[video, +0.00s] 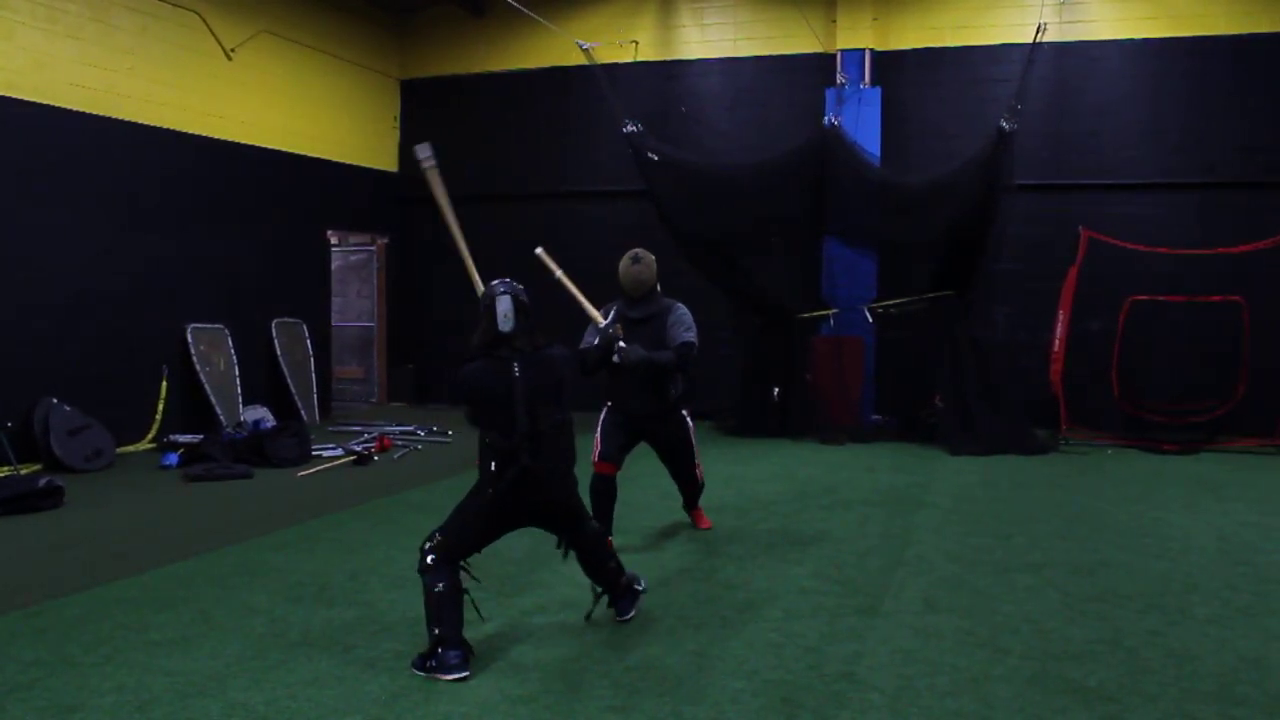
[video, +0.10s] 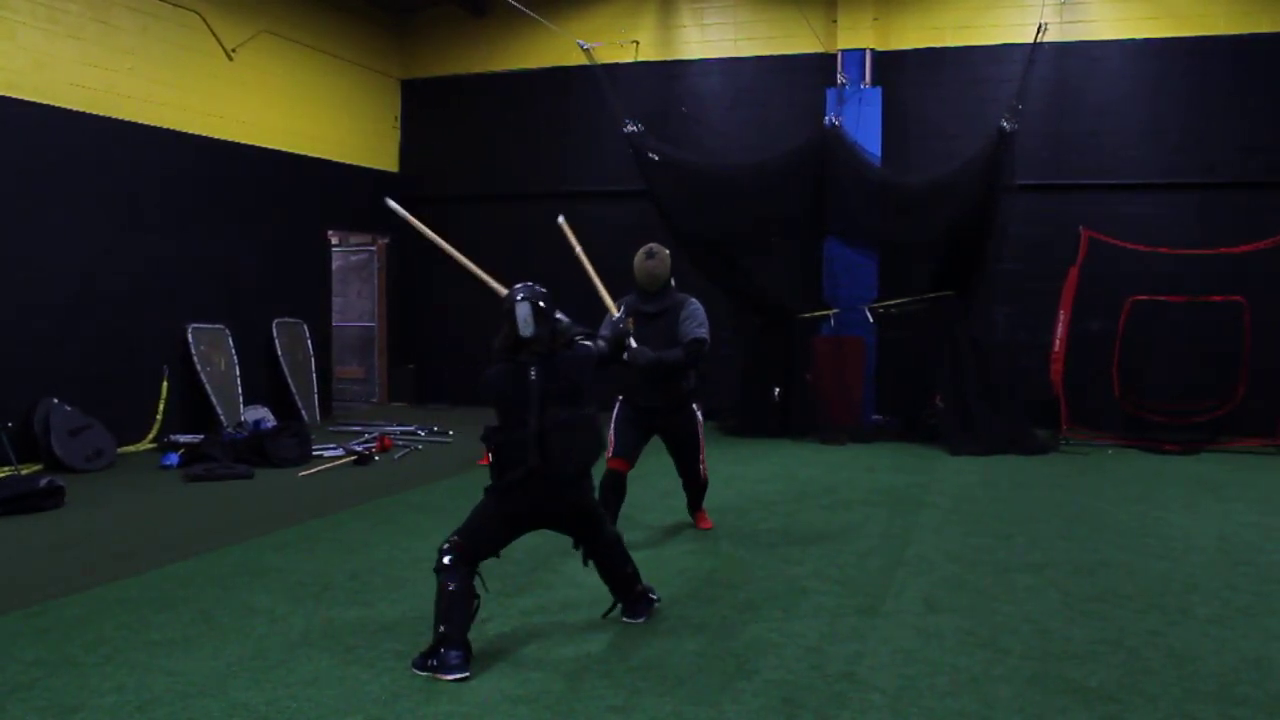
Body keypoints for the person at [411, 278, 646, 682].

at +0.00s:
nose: (505, 320)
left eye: (498, 312)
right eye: (508, 310)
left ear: (484, 321)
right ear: (530, 318)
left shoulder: (475, 371)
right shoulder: (556, 362)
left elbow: (473, 417)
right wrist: (602, 343)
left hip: (498, 494)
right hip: (554, 490)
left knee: (437, 553)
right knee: (585, 535)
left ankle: (448, 649)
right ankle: (623, 593)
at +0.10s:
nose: (525, 328)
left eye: (521, 322)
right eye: (534, 320)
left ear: (510, 330)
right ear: (554, 324)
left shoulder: (500, 370)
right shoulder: (579, 361)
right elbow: (602, 346)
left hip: (514, 495)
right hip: (570, 491)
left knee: (454, 555)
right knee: (600, 537)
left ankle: (450, 649)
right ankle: (635, 599)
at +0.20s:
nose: (549, 321)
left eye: (548, 314)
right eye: (551, 312)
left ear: (535, 323)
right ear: (578, 321)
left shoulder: (525, 365)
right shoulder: (606, 357)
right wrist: (628, 329)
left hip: (541, 484)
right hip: (597, 479)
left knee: (492, 553)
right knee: (622, 526)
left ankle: (458, 641)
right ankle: (639, 599)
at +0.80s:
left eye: (600, 289)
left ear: (597, 295)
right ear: (641, 298)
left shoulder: (575, 340)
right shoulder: (656, 346)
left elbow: (552, 401)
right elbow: (673, 400)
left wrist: (577, 426)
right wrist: (650, 425)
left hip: (594, 461)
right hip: (643, 458)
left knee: (572, 545)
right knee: (656, 515)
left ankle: (620, 634)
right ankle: (679, 589)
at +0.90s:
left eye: (605, 292)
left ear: (604, 297)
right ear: (646, 299)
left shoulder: (584, 340)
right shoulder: (663, 347)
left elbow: (552, 400)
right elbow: (682, 403)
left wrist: (581, 426)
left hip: (599, 463)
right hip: (649, 461)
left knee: (576, 545)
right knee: (664, 521)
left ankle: (621, 633)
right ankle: (686, 584)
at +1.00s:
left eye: (615, 299)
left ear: (616, 304)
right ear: (655, 307)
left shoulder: (595, 344)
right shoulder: (672, 353)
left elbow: (562, 404)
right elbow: (685, 414)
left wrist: (586, 427)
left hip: (607, 468)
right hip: (656, 467)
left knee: (578, 545)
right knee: (670, 529)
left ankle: (621, 634)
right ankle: (690, 597)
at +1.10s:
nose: (616, 311)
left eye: (620, 306)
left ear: (624, 312)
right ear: (665, 317)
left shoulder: (606, 350)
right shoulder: (682, 358)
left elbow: (575, 409)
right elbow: (691, 422)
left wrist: (598, 436)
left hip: (616, 471)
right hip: (666, 470)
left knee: (580, 546)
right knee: (677, 524)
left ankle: (621, 634)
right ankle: (690, 597)